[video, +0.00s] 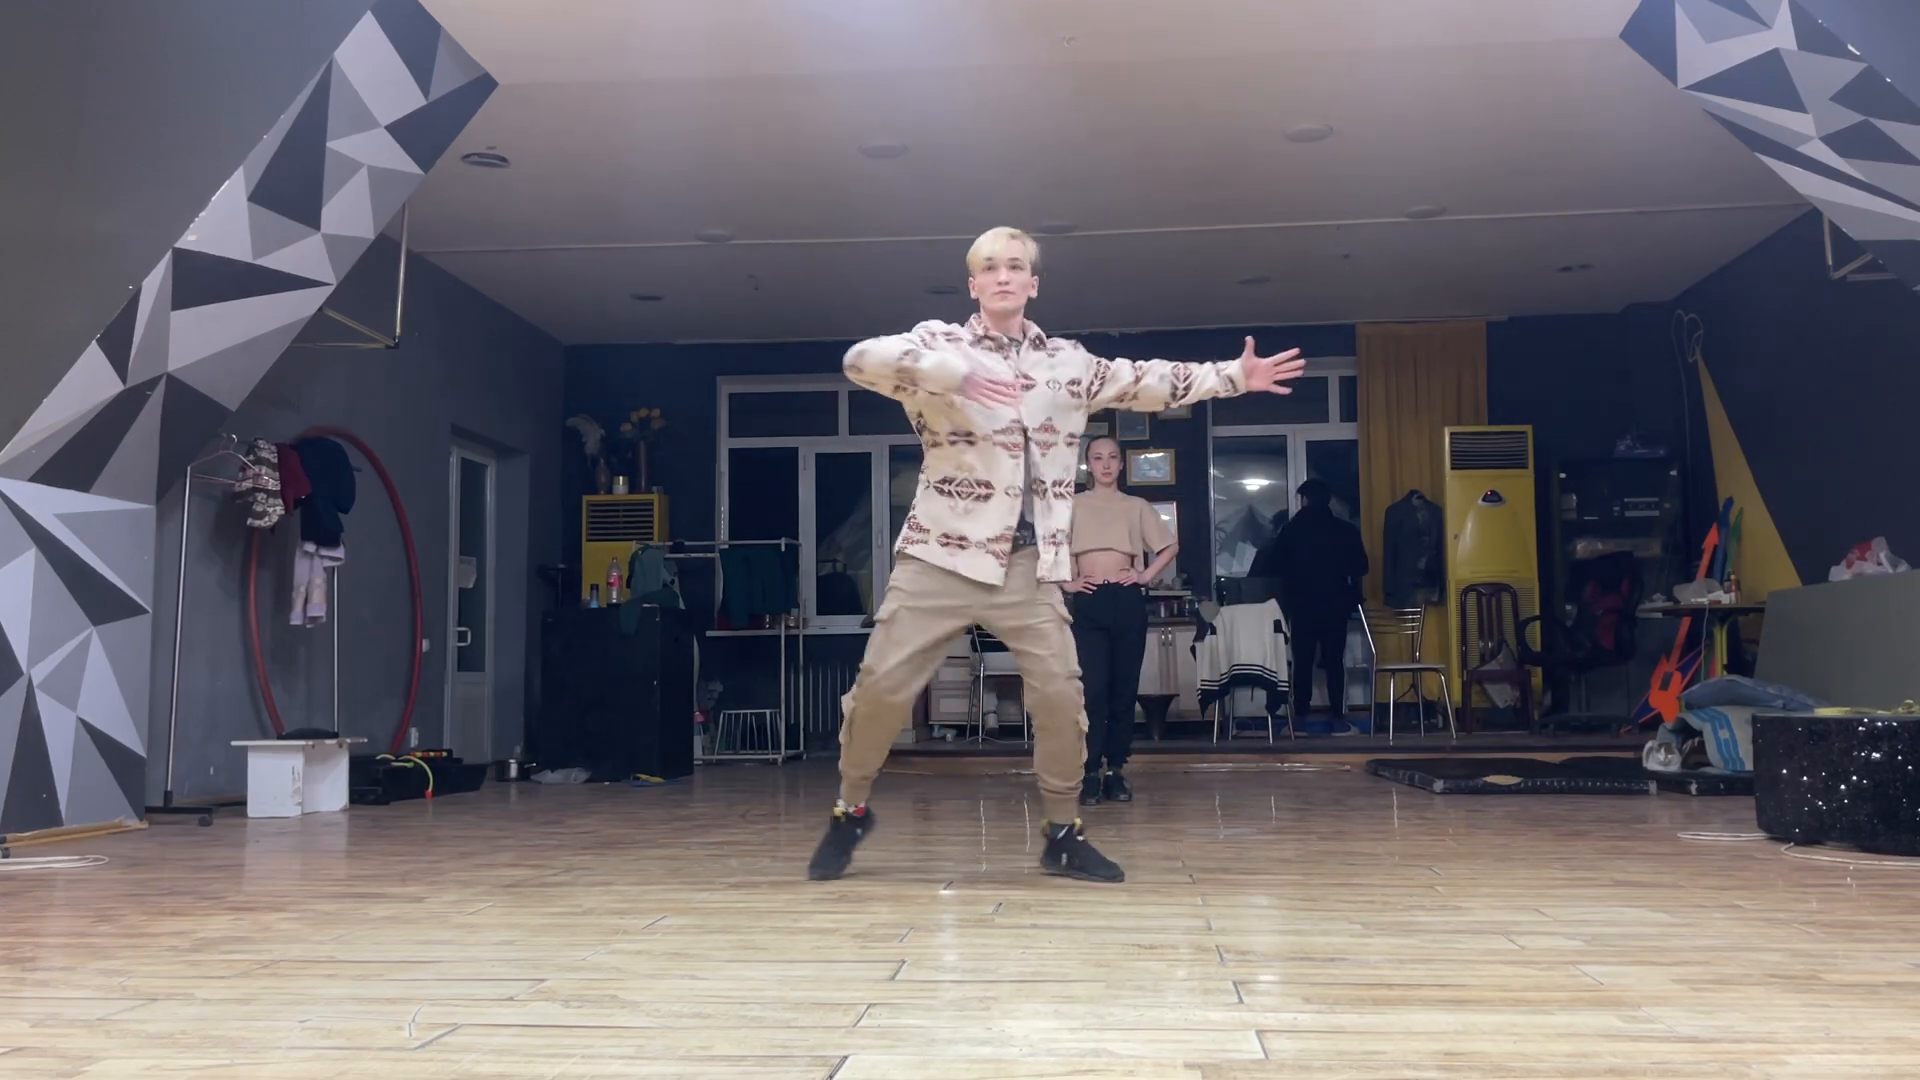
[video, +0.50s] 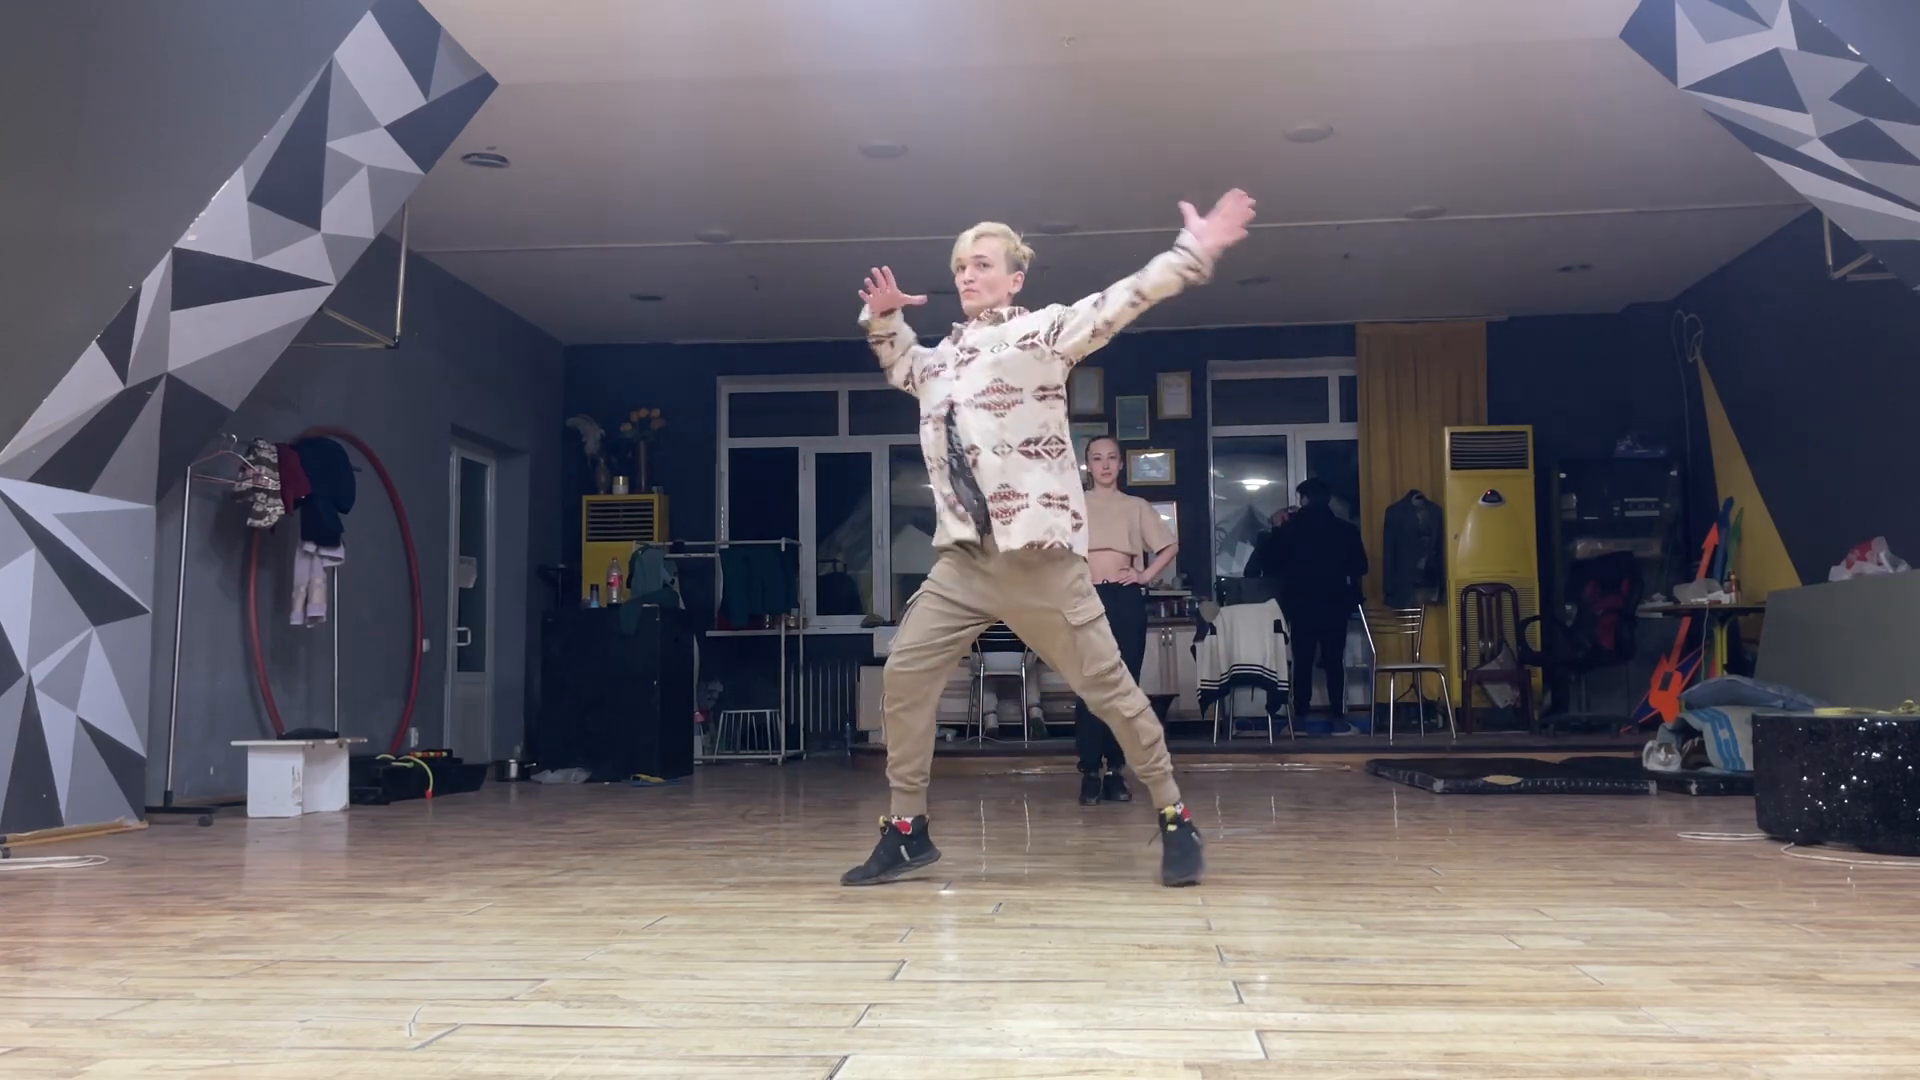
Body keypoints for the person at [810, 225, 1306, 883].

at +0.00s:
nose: (1004, 277)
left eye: (1016, 267)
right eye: (991, 267)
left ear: (1034, 282)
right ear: (971, 281)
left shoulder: (1068, 364)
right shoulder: (938, 343)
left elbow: (1145, 381)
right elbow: (861, 360)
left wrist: (1231, 376)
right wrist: (938, 371)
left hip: (1028, 571)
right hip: (937, 559)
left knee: (1061, 695)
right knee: (880, 685)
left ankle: (1062, 832)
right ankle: (849, 812)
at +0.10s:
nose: (985, 279)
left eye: (1000, 269)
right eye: (976, 270)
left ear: (1027, 283)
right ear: (963, 283)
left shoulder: (1063, 353)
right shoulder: (933, 357)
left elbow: (1151, 370)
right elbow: (851, 375)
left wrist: (1247, 361)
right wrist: (887, 382)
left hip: (1016, 565)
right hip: (938, 559)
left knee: (1052, 696)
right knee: (874, 669)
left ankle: (1116, 823)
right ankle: (884, 830)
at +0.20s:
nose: (983, 305)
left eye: (998, 293)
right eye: (974, 296)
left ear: (1028, 305)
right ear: (966, 307)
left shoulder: (1059, 367)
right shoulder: (952, 386)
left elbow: (1121, 382)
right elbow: (879, 438)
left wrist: (1187, 375)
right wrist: (906, 435)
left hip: (1007, 574)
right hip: (936, 578)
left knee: (1050, 711)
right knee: (876, 683)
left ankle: (1125, 834)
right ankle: (894, 841)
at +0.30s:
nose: (988, 329)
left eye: (1002, 316)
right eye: (979, 321)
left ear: (1036, 325)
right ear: (975, 335)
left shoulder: (1067, 382)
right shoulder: (966, 409)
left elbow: (1058, 399)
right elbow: (914, 485)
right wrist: (958, 461)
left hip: (1018, 576)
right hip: (947, 577)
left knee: (1053, 709)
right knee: (880, 683)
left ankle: (1128, 837)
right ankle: (894, 841)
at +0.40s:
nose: (985, 301)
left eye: (997, 289)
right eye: (977, 294)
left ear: (1032, 299)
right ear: (972, 306)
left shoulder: (1053, 361)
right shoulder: (958, 381)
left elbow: (1057, 337)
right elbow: (881, 418)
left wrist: (1056, 301)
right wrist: (907, 385)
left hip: (1038, 567)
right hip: (965, 567)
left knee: (1084, 699)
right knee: (896, 676)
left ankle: (1142, 835)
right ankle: (895, 834)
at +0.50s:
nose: (967, 276)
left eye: (982, 265)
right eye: (961, 267)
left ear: (1015, 279)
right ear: (957, 280)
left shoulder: (1041, 331)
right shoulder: (943, 353)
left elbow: (1116, 303)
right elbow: (907, 369)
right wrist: (885, 320)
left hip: (1042, 554)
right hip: (964, 556)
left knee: (1105, 684)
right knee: (905, 672)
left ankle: (1173, 819)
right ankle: (906, 828)